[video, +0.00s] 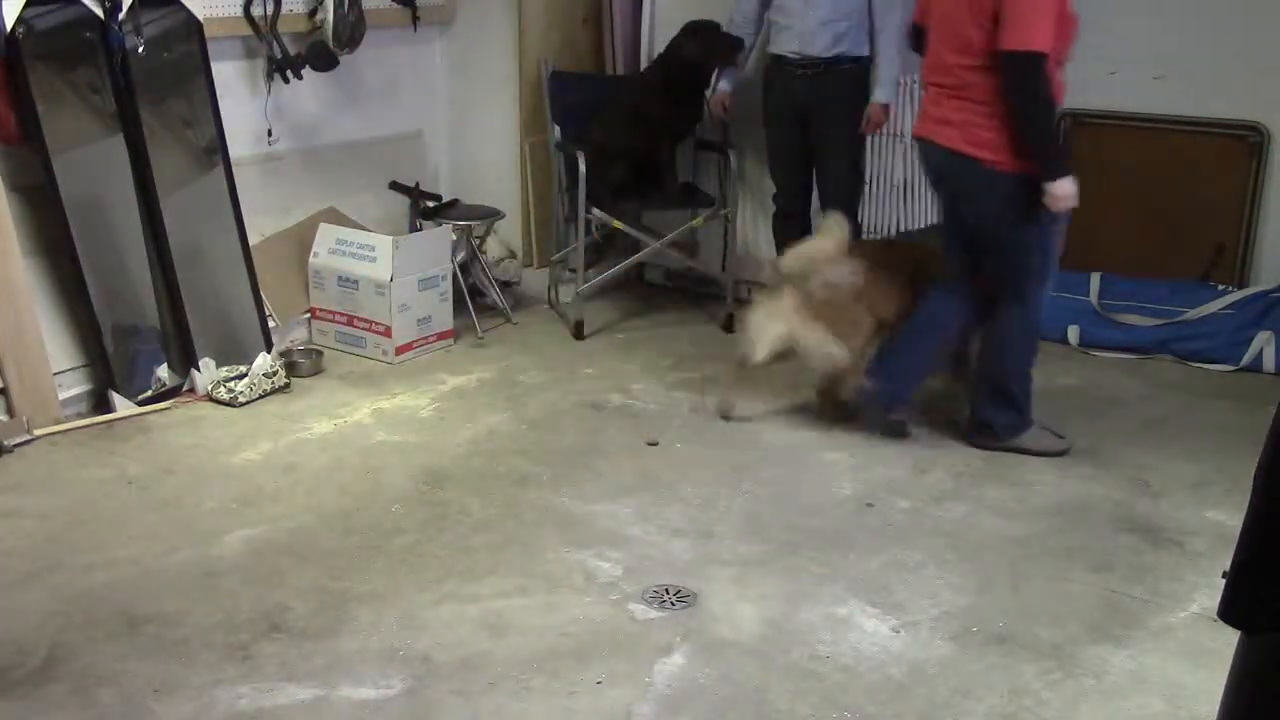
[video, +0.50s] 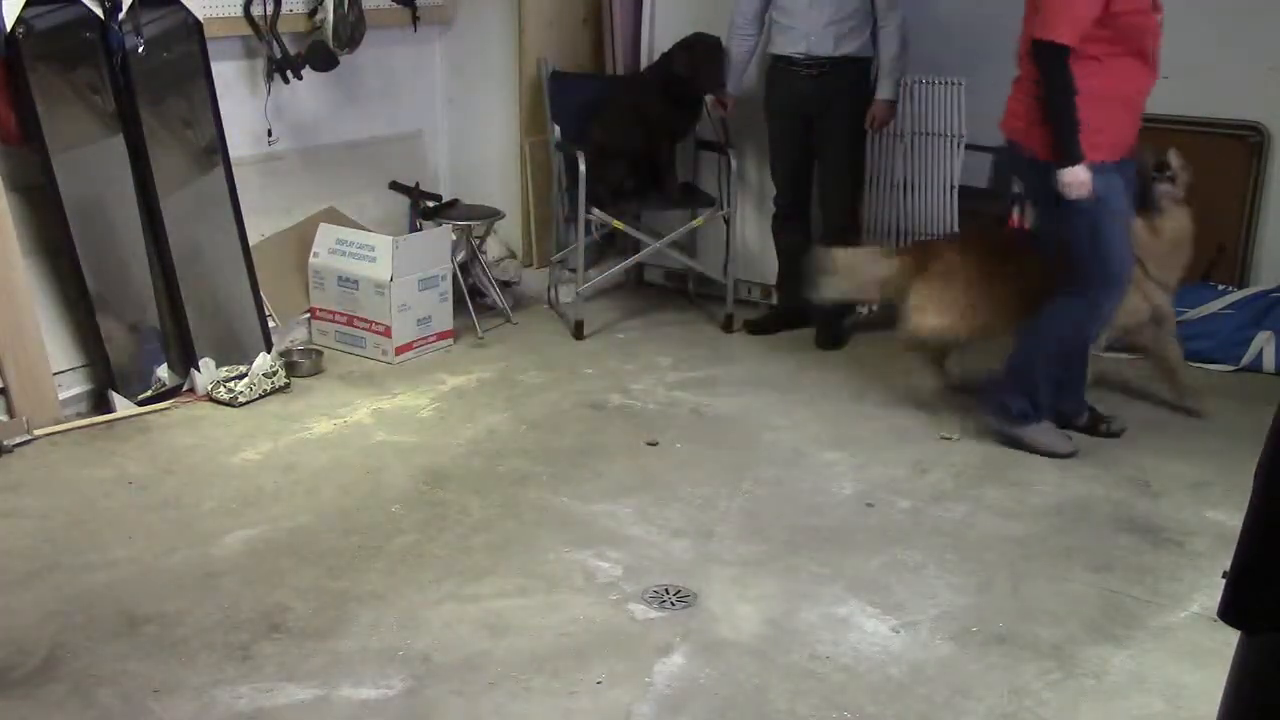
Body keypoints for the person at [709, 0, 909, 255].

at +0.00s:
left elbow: (888, 22)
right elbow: (746, 18)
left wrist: (882, 95)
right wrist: (725, 81)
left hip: (843, 74)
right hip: (783, 72)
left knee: (839, 199)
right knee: (789, 198)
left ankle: (841, 291)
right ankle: (792, 293)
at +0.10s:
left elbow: (887, 21)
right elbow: (745, 19)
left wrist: (882, 94)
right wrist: (726, 79)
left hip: (843, 76)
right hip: (783, 75)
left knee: (840, 201)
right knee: (789, 196)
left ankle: (840, 303)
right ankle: (788, 298)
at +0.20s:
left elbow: (889, 20)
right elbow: (746, 21)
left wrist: (884, 94)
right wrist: (726, 83)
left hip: (843, 77)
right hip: (784, 76)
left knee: (840, 200)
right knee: (789, 197)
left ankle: (839, 307)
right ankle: (792, 297)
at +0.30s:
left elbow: (889, 20)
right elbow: (746, 20)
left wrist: (885, 94)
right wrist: (728, 82)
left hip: (845, 76)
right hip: (785, 75)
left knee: (841, 199)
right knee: (789, 199)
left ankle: (832, 307)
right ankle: (792, 303)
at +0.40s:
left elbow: (890, 19)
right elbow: (747, 20)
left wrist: (885, 94)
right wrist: (729, 81)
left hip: (845, 77)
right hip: (785, 76)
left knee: (838, 201)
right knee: (789, 197)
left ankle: (832, 313)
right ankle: (792, 304)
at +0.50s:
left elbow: (890, 19)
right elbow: (748, 17)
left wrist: (885, 94)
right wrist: (729, 82)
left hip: (846, 76)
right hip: (785, 75)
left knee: (839, 201)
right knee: (789, 198)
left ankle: (834, 311)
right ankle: (791, 304)